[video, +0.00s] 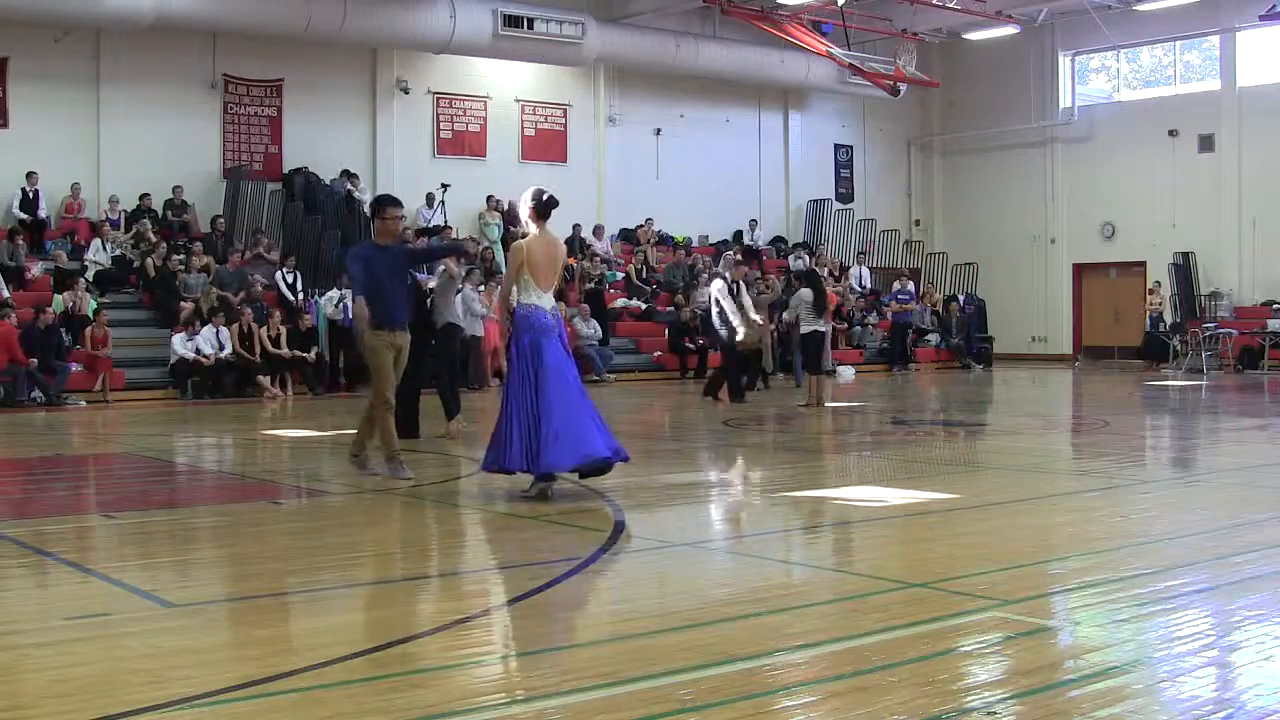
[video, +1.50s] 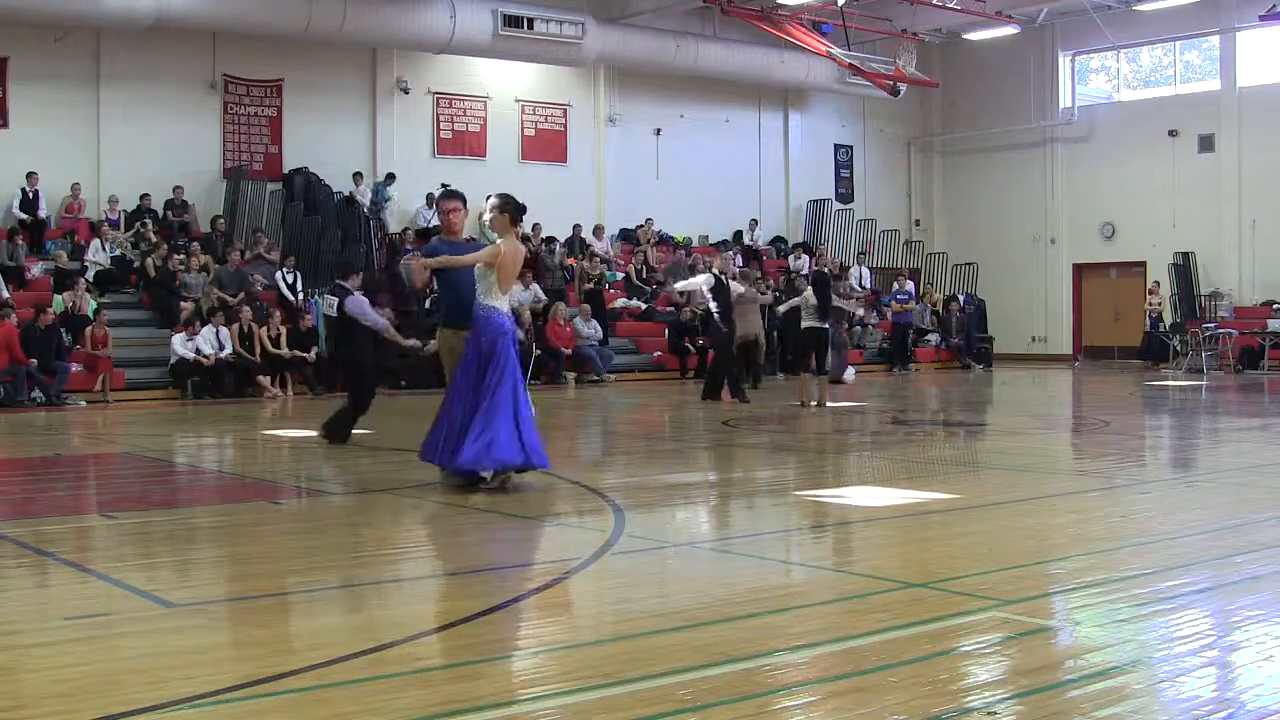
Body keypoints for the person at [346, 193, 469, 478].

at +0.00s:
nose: (400, 225)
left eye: (401, 219)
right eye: (394, 219)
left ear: (400, 220)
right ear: (378, 220)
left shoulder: (401, 252)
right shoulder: (360, 252)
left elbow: (429, 252)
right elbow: (357, 277)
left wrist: (459, 246)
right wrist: (359, 298)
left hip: (402, 334)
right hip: (376, 334)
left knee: (383, 396)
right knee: (385, 397)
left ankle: (357, 450)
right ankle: (393, 458)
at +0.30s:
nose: (415, 225)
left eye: (416, 219)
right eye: (409, 220)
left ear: (415, 220)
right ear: (393, 222)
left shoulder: (420, 253)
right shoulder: (375, 252)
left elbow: (445, 253)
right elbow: (355, 265)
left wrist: (472, 243)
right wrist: (347, 274)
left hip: (414, 337)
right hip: (383, 337)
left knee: (414, 398)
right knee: (390, 402)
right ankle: (394, 459)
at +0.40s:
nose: (417, 224)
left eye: (420, 219)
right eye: (411, 219)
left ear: (422, 220)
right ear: (397, 221)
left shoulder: (424, 253)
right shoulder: (380, 251)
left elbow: (453, 253)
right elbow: (356, 261)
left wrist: (480, 247)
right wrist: (364, 263)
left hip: (418, 336)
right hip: (385, 337)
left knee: (429, 396)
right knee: (392, 401)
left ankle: (423, 458)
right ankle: (395, 459)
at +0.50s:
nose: (420, 225)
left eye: (424, 219)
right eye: (414, 219)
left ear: (427, 221)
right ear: (401, 221)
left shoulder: (430, 254)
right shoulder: (383, 251)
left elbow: (461, 254)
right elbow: (368, 257)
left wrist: (496, 251)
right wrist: (384, 262)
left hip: (423, 336)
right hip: (391, 337)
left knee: (438, 397)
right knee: (393, 401)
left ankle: (449, 463)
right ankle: (395, 460)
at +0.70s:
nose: (427, 224)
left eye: (432, 219)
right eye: (422, 218)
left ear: (440, 222)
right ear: (413, 220)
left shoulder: (445, 253)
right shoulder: (401, 252)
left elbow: (476, 255)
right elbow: (403, 272)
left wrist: (507, 253)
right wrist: (423, 282)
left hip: (442, 337)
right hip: (409, 338)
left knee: (451, 402)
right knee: (404, 403)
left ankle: (456, 465)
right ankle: (397, 459)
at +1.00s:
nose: (443, 221)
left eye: (449, 215)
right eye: (438, 215)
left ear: (459, 217)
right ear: (432, 217)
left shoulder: (471, 249)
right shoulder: (422, 252)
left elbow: (500, 258)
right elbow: (418, 294)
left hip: (469, 332)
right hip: (440, 332)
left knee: (470, 396)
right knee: (447, 395)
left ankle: (464, 455)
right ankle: (426, 448)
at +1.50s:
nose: (450, 217)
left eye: (455, 211)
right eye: (445, 213)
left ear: (465, 213)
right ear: (439, 216)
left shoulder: (479, 247)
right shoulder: (434, 248)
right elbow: (421, 283)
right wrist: (416, 266)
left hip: (482, 327)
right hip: (452, 328)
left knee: (484, 389)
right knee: (458, 390)